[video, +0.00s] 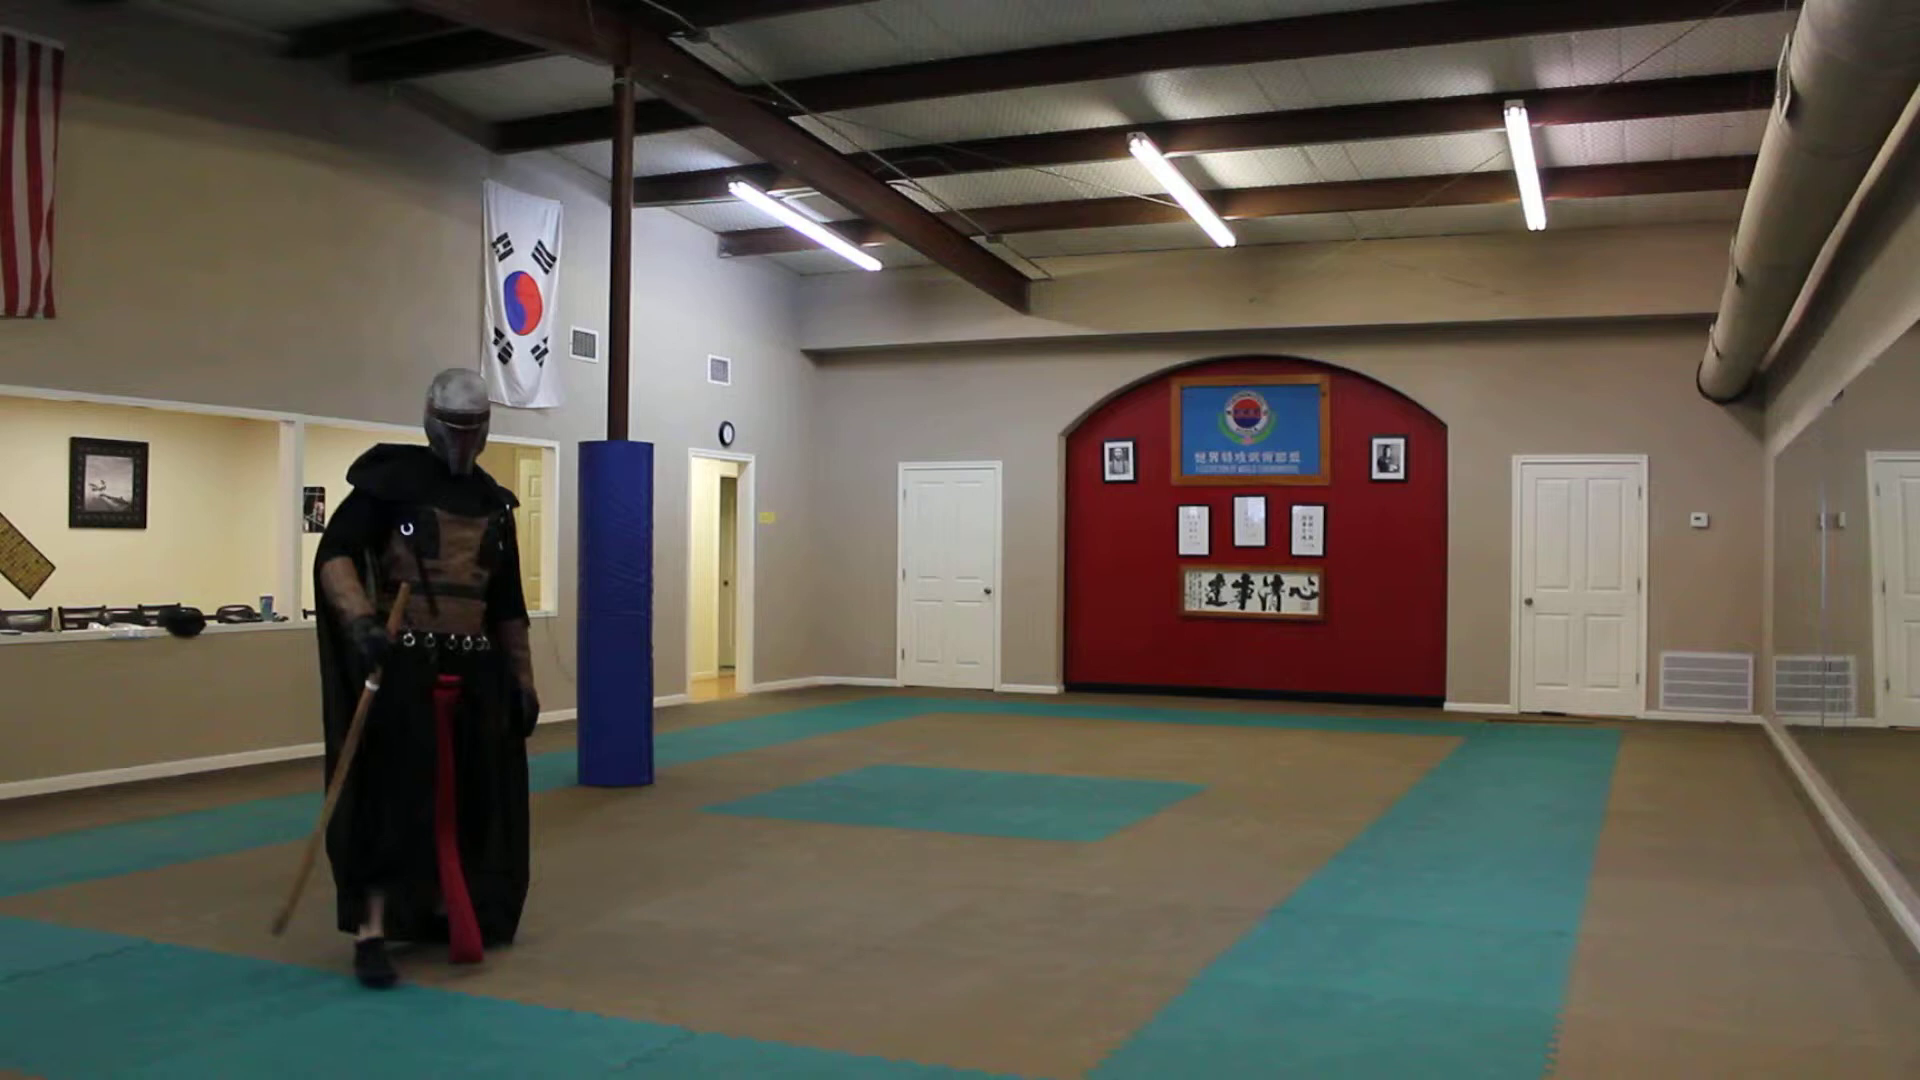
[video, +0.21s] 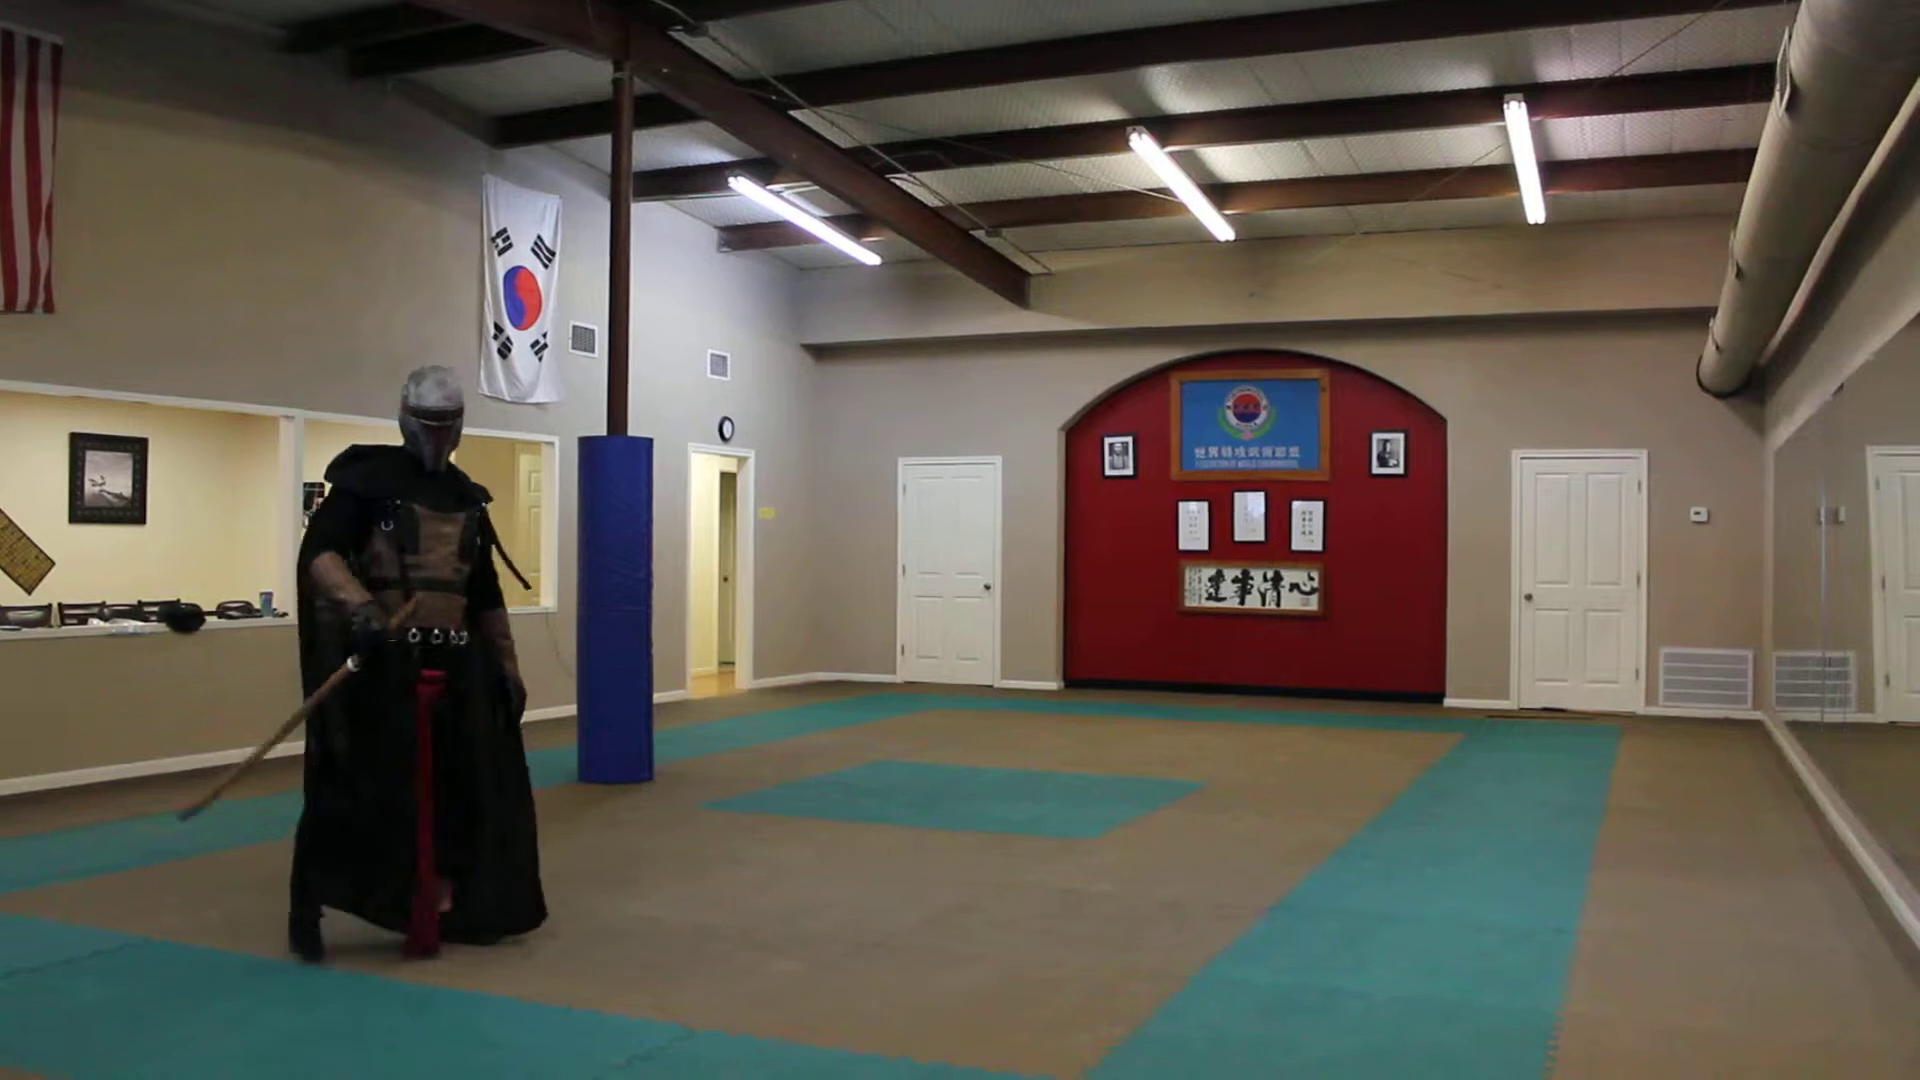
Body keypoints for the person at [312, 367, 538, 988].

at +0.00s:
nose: (465, 438)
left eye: (475, 426)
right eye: (453, 425)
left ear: (488, 425)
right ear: (429, 421)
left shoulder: (493, 503)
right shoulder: (392, 481)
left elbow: (507, 603)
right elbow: (334, 556)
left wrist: (522, 679)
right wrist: (361, 622)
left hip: (472, 665)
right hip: (401, 663)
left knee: (469, 794)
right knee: (385, 793)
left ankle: (452, 912)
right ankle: (372, 930)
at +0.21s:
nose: (439, 435)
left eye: (450, 423)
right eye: (427, 422)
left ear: (462, 424)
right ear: (404, 420)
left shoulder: (465, 498)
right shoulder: (366, 474)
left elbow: (485, 594)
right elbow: (320, 555)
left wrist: (506, 666)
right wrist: (361, 608)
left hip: (454, 664)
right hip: (379, 663)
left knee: (463, 787)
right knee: (345, 788)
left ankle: (459, 908)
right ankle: (307, 907)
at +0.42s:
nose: (389, 438)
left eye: (398, 426)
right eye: (376, 425)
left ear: (411, 426)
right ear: (352, 422)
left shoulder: (417, 498)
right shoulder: (318, 481)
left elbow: (440, 586)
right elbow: (282, 567)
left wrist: (480, 654)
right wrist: (336, 628)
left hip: (408, 662)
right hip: (326, 659)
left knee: (432, 775)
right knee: (301, 778)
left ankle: (432, 900)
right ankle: (273, 903)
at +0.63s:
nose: (341, 440)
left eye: (350, 427)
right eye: (328, 428)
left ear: (363, 422)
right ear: (304, 423)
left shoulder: (374, 488)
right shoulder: (272, 479)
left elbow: (392, 575)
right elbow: (242, 579)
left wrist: (414, 644)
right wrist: (258, 664)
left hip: (365, 652)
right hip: (292, 657)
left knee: (400, 764)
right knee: (280, 780)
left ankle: (414, 885)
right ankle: (273, 905)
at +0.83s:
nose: (311, 428)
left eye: (320, 415)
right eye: (299, 416)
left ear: (335, 413)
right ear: (274, 414)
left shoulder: (353, 480)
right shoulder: (243, 472)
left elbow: (380, 565)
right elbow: (205, 564)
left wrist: (377, 636)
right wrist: (217, 643)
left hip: (336, 651)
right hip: (264, 651)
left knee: (338, 766)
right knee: (267, 771)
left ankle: (337, 878)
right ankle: (268, 898)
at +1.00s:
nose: (301, 428)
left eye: (309, 416)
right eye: (287, 418)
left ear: (322, 415)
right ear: (264, 420)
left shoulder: (345, 485)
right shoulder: (238, 478)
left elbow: (370, 567)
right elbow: (199, 563)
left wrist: (383, 639)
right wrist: (202, 640)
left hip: (329, 651)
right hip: (254, 651)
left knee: (318, 766)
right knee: (262, 767)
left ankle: (295, 873)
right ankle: (266, 890)